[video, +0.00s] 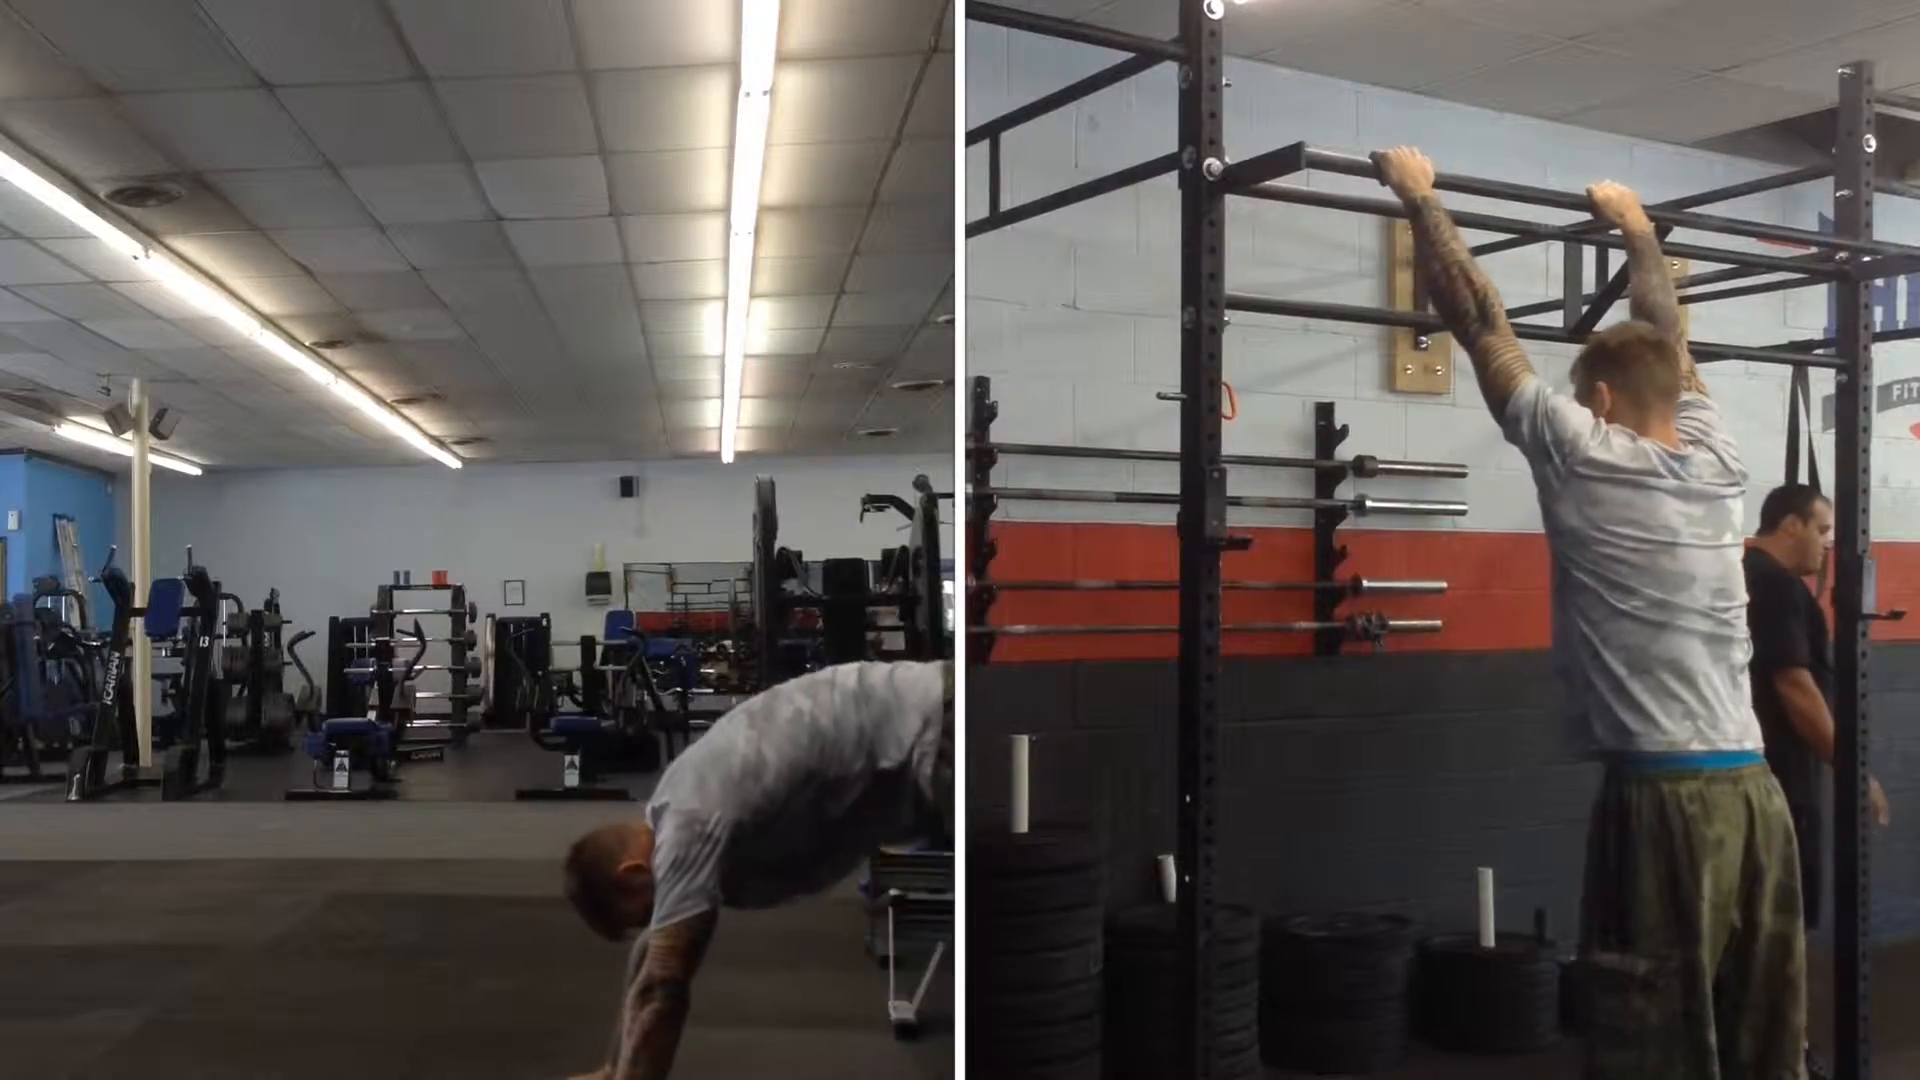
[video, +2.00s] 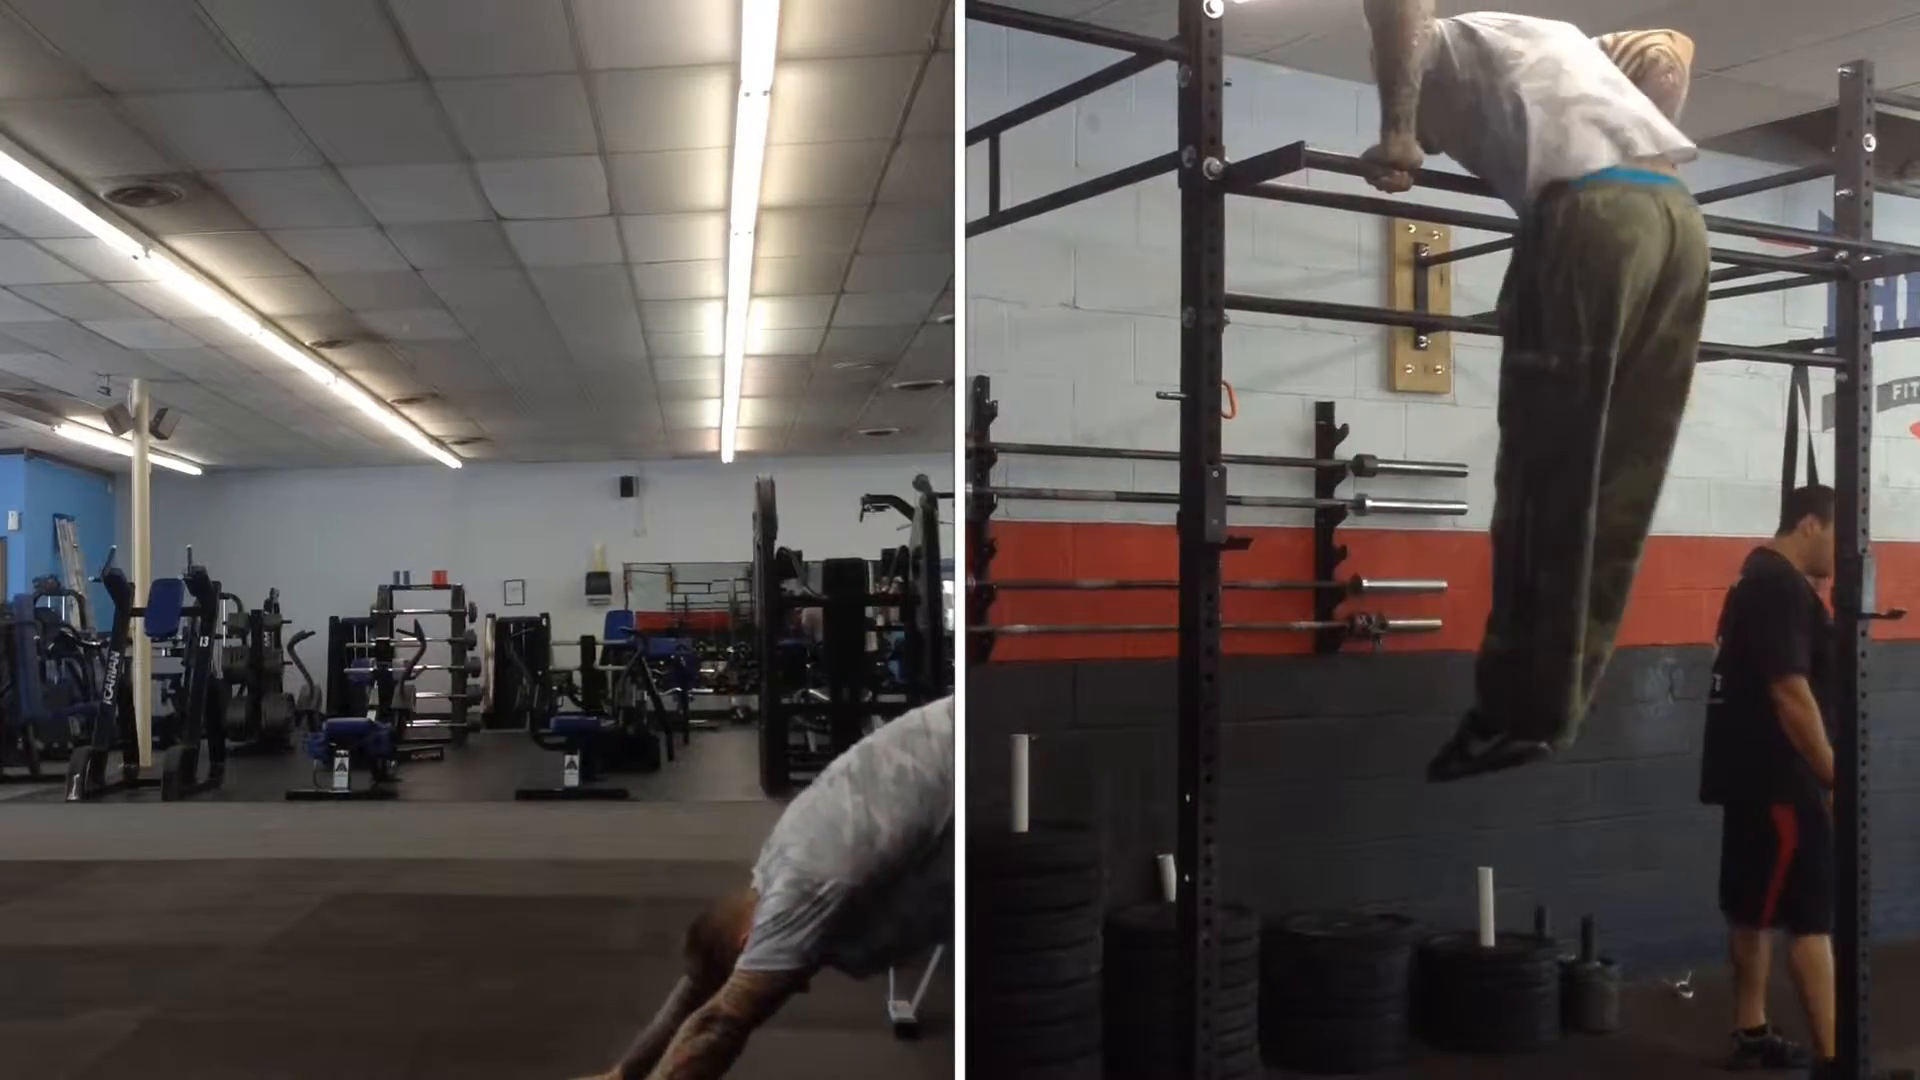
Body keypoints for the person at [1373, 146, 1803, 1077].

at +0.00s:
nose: (1577, 407)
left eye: (1582, 394)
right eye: (1582, 393)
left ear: (1600, 398)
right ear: (1672, 392)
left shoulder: (1581, 454)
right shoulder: (1713, 465)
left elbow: (1480, 326)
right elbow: (1672, 349)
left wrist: (1425, 200)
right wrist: (1640, 228)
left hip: (1661, 805)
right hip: (1759, 798)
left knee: (1659, 1047)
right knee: (1771, 1045)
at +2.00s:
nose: (1437, 144)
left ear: (1428, 59)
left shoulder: (1439, 45)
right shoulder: (1562, 42)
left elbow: (1401, 1)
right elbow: (1668, 48)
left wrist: (1397, 127)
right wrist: (1639, 160)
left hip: (1591, 214)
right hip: (1682, 223)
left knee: (1549, 465)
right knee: (1627, 473)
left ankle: (1520, 711)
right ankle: (1562, 700)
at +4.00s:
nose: (1571, 313)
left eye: (1577, 299)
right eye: (1577, 300)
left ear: (1590, 307)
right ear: (1662, 318)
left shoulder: (1558, 374)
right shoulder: (1702, 391)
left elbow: (1422, 331)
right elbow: (1669, 328)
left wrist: (1405, 205)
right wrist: (1641, 244)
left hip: (1573, 699)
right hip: (1663, 704)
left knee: (1470, 900)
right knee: (1569, 883)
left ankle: (1601, 1059)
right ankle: (1660, 1034)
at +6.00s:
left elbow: (1385, 4)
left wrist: (1387, 116)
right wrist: (1605, 14)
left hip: (1524, 49)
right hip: (1619, 44)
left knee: (1552, 310)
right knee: (1637, 299)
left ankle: (1603, 545)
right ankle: (1658, 535)